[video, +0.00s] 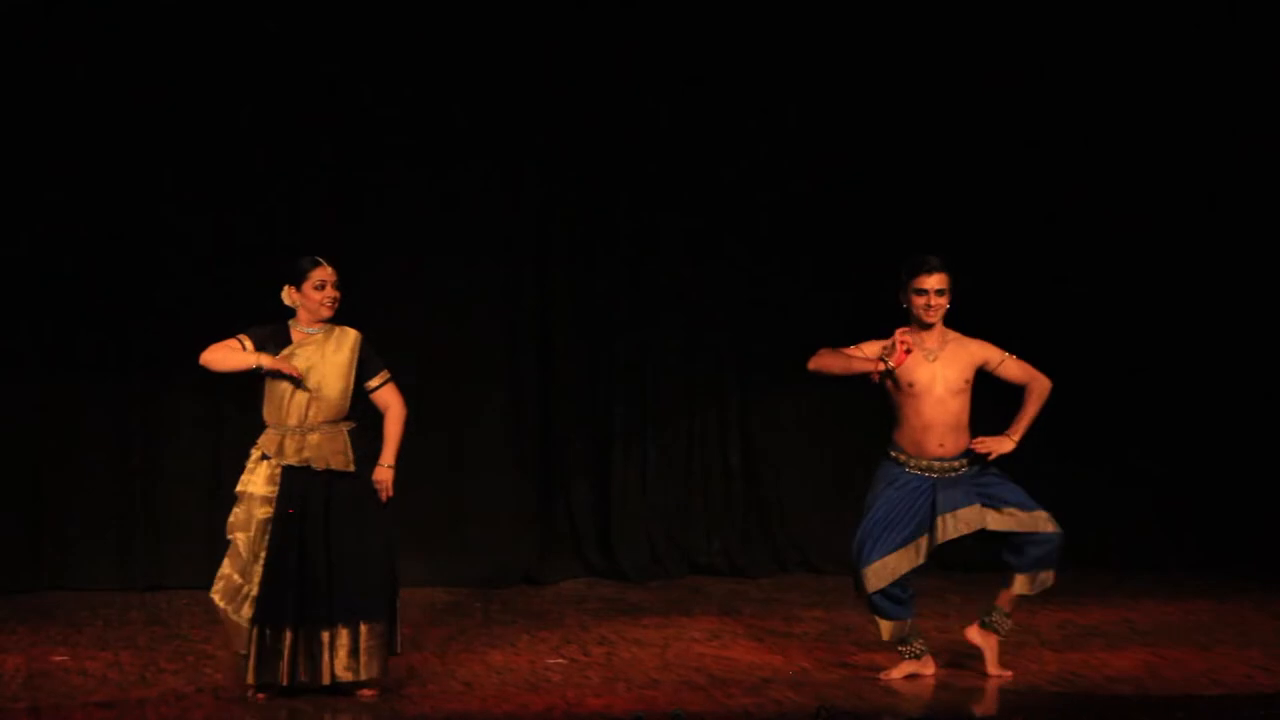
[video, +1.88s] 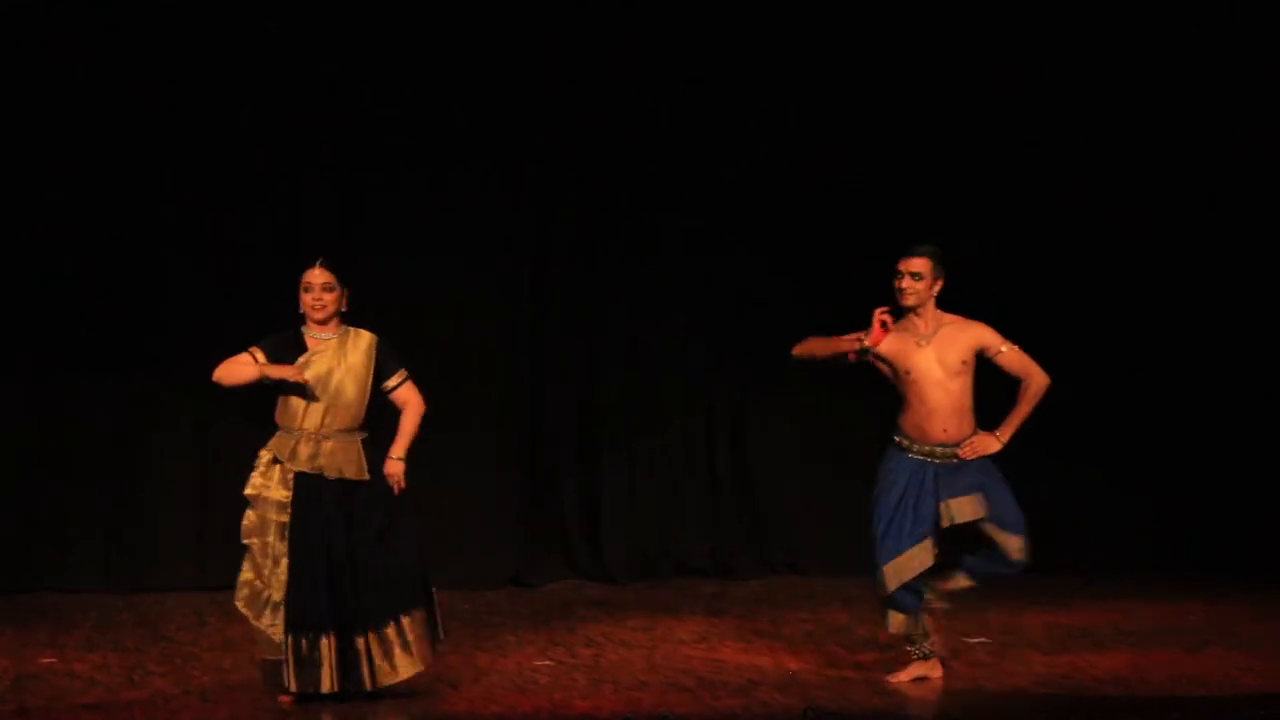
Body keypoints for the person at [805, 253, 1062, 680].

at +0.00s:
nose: (931, 301)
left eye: (939, 293)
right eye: (921, 293)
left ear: (949, 298)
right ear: (907, 298)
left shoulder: (972, 350)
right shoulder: (889, 348)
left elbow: (1040, 383)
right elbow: (817, 363)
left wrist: (1012, 437)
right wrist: (879, 359)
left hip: (966, 471)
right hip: (905, 474)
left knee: (1042, 535)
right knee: (874, 559)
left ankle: (991, 627)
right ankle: (915, 654)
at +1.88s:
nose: (904, 284)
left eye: (915, 277)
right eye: (900, 276)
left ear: (937, 285)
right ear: (895, 282)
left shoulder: (971, 334)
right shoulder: (884, 339)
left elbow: (1037, 379)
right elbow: (799, 351)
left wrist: (1000, 435)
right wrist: (861, 342)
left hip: (965, 458)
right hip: (908, 458)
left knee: (1008, 545)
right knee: (899, 557)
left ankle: (935, 589)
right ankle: (924, 658)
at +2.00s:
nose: (894, 284)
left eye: (905, 277)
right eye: (890, 276)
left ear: (927, 284)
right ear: (885, 282)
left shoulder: (963, 332)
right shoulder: (875, 340)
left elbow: (1029, 377)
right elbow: (791, 350)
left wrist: (993, 434)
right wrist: (848, 337)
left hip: (955, 459)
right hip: (901, 457)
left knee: (956, 560)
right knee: (894, 555)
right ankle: (921, 656)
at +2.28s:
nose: (904, 287)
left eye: (914, 279)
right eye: (896, 279)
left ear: (930, 286)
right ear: (887, 285)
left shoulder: (964, 335)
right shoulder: (875, 343)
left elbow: (1026, 384)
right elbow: (801, 358)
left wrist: (990, 438)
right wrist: (863, 344)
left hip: (951, 462)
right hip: (896, 458)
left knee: (986, 555)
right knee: (871, 557)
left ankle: (912, 610)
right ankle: (884, 658)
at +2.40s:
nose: (925, 282)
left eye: (934, 274)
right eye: (915, 274)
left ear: (946, 281)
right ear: (903, 281)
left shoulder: (976, 331)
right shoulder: (893, 336)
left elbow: (1039, 379)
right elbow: (822, 358)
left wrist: (1003, 435)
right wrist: (881, 345)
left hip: (967, 457)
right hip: (909, 455)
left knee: (1006, 549)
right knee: (883, 549)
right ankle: (889, 658)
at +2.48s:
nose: (941, 282)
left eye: (949, 274)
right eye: (931, 274)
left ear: (958, 280)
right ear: (916, 282)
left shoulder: (984, 334)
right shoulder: (901, 337)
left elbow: (1050, 378)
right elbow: (836, 354)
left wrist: (1014, 433)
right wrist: (896, 344)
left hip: (978, 456)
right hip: (920, 456)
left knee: (1015, 551)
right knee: (889, 549)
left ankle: (975, 654)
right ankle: (914, 642)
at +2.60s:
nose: (958, 282)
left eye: (963, 274)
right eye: (946, 275)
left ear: (969, 280)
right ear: (927, 282)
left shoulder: (990, 337)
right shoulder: (912, 333)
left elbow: (1055, 380)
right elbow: (850, 347)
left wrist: (1019, 433)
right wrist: (910, 344)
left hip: (985, 459)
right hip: (929, 460)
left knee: (1014, 556)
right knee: (910, 550)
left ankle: (976, 652)